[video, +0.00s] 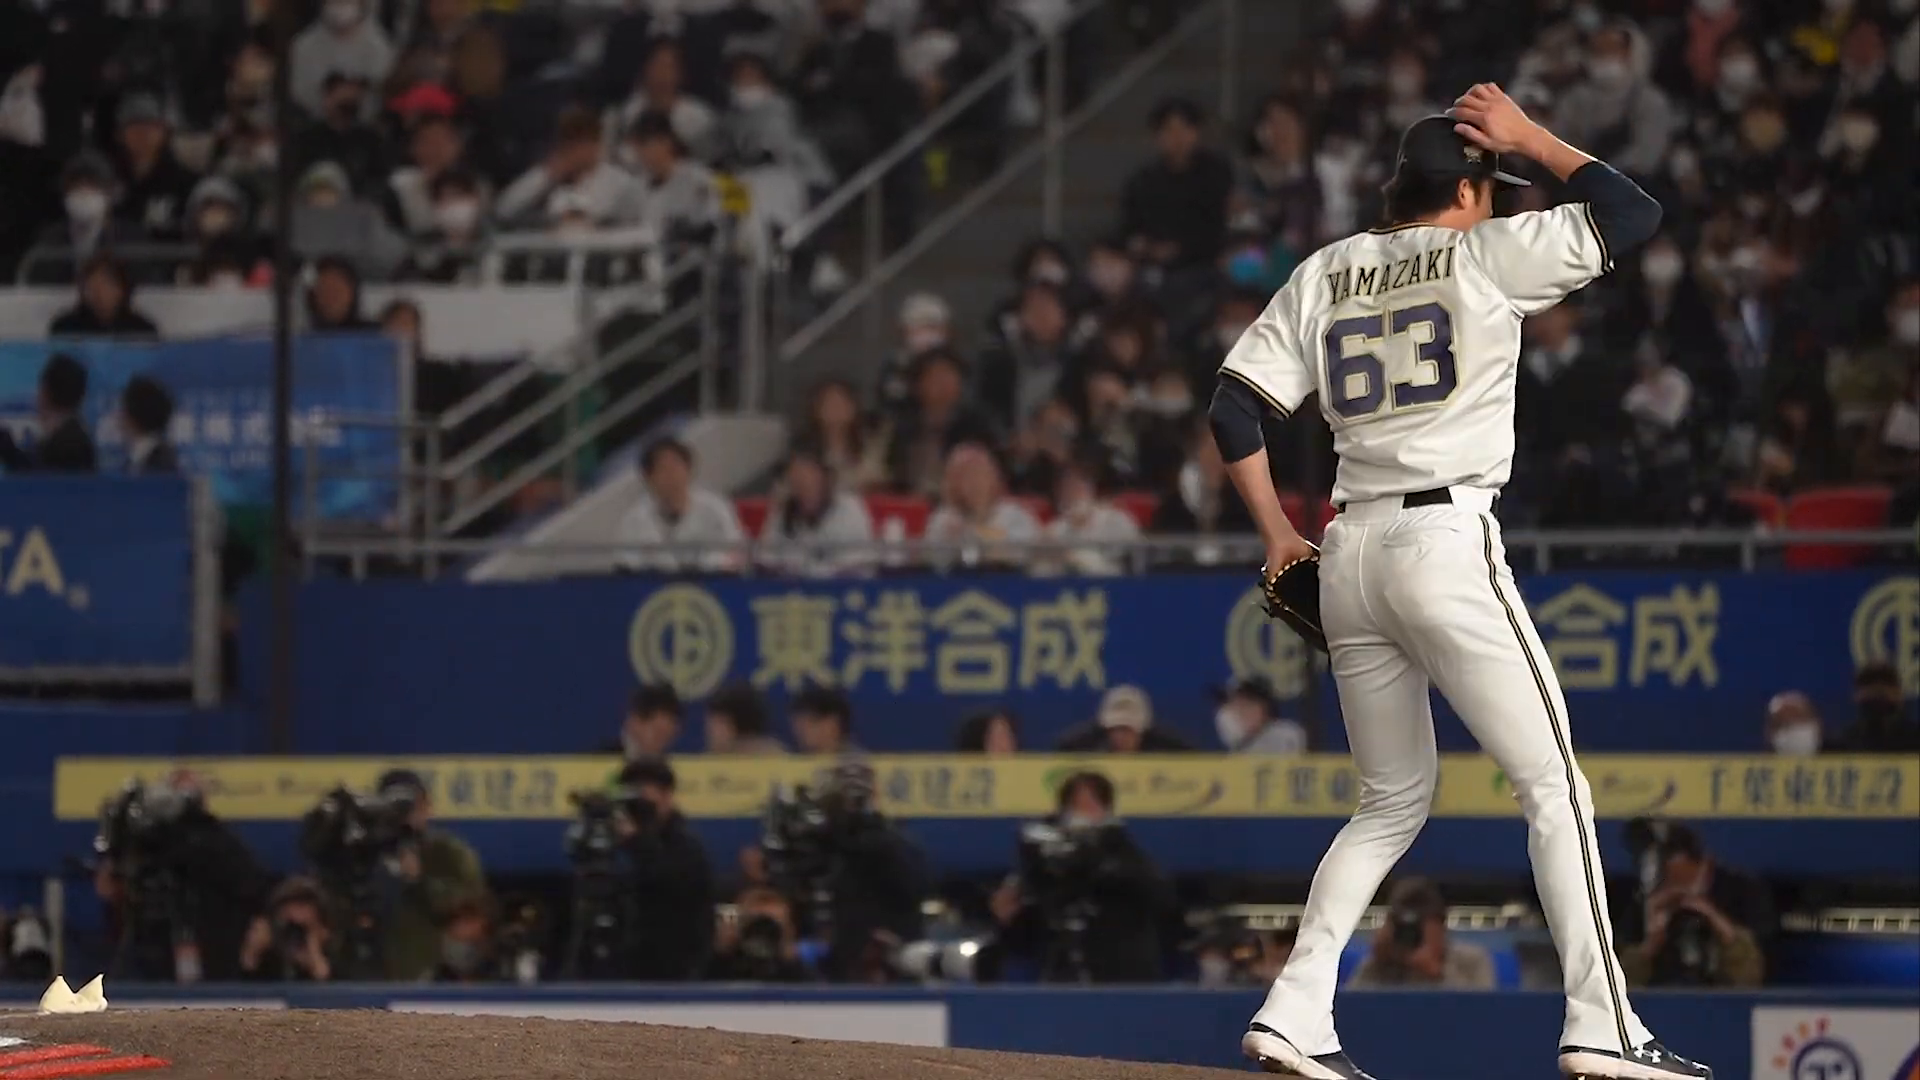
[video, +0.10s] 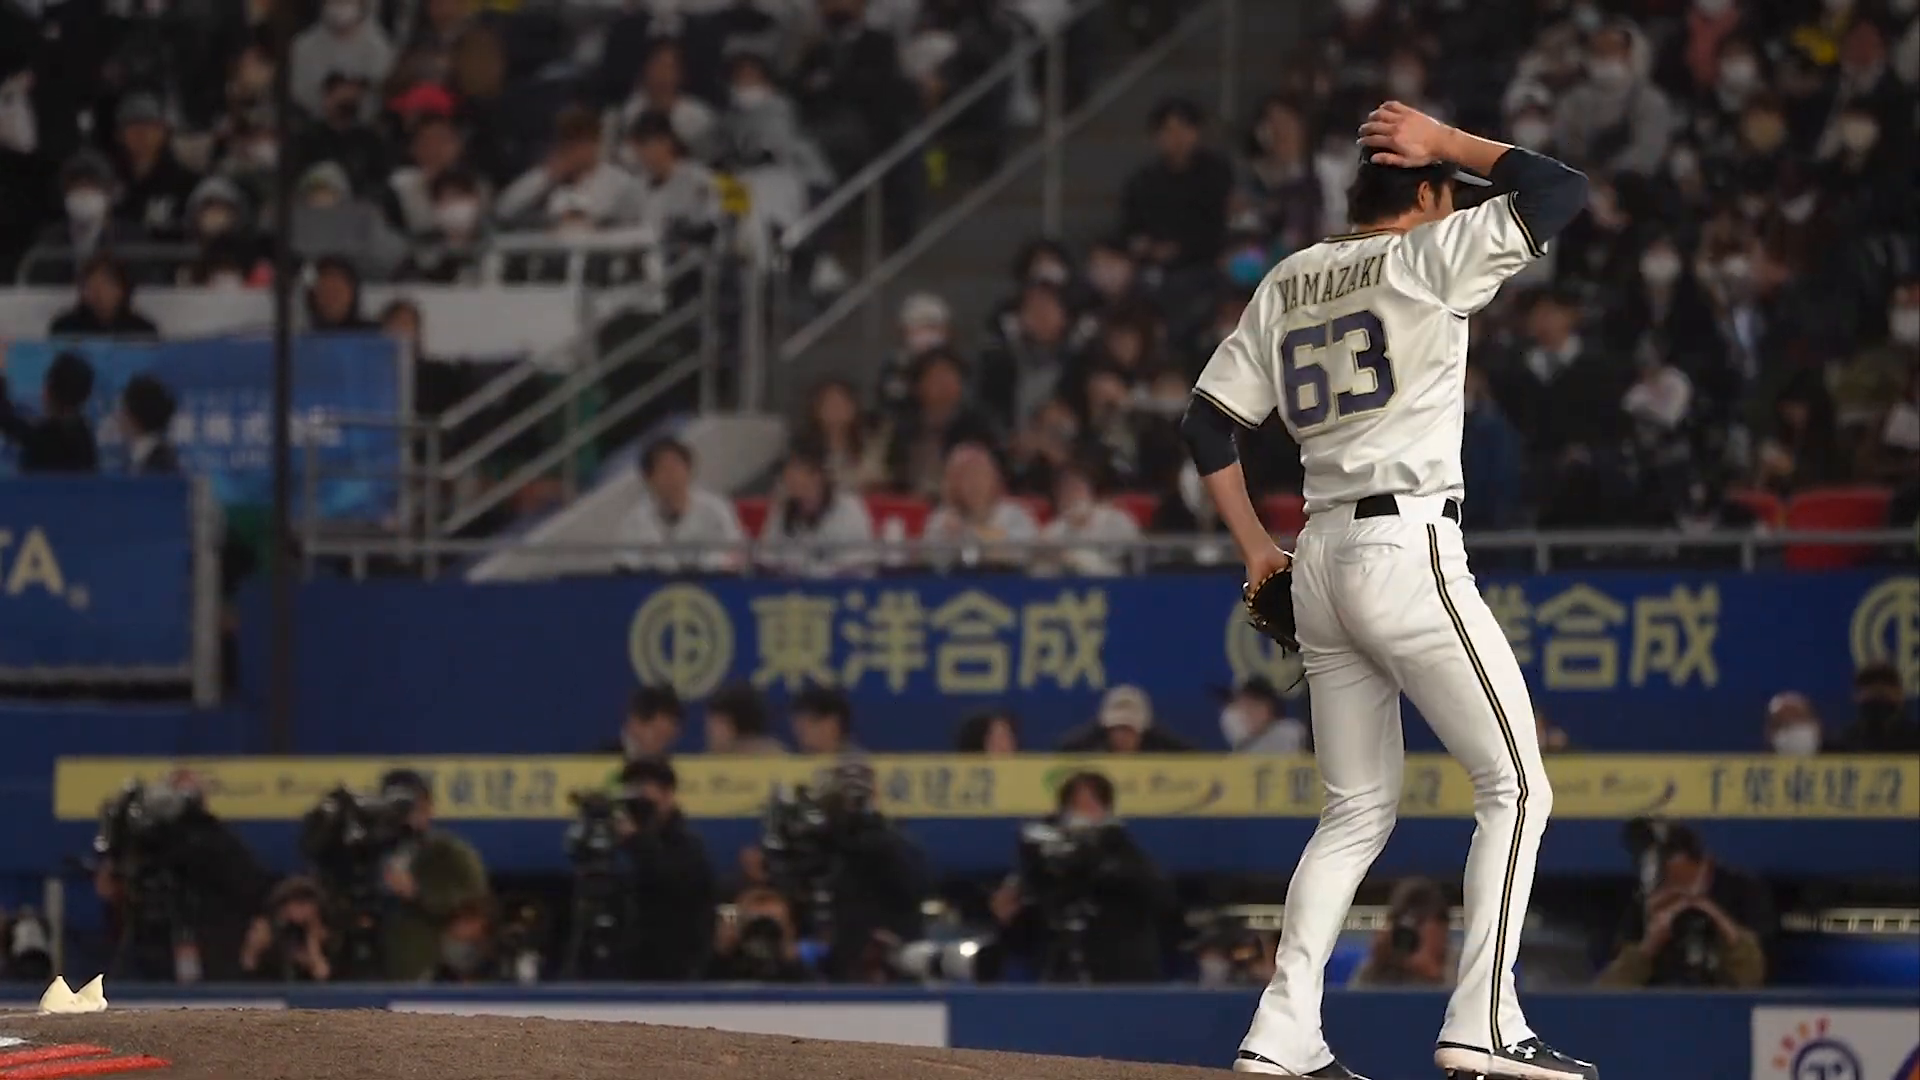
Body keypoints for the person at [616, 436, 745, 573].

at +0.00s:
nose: (671, 478)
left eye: (676, 469)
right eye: (662, 471)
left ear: (688, 472)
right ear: (648, 478)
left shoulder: (716, 510)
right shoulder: (634, 517)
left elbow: (738, 557)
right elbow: (627, 564)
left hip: (709, 592)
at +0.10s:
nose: (671, 479)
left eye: (676, 469)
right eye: (663, 471)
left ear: (688, 473)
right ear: (649, 478)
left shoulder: (716, 510)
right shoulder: (635, 518)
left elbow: (737, 557)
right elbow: (626, 565)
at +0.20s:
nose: (671, 478)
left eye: (676, 468)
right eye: (662, 470)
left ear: (688, 472)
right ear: (648, 478)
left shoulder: (716, 510)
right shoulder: (635, 517)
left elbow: (738, 557)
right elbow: (626, 564)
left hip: (709, 592)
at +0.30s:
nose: (670, 477)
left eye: (676, 468)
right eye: (662, 470)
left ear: (688, 471)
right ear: (648, 478)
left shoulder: (717, 510)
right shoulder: (635, 517)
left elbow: (738, 556)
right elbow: (626, 565)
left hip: (709, 592)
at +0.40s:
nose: (671, 478)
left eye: (676, 468)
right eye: (662, 470)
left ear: (688, 471)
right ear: (648, 478)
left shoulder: (717, 510)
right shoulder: (634, 518)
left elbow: (738, 556)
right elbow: (625, 564)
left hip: (709, 592)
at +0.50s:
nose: (671, 477)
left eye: (676, 467)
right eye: (663, 469)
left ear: (689, 471)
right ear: (649, 476)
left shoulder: (717, 509)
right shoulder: (635, 516)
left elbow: (738, 555)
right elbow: (625, 563)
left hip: (710, 592)